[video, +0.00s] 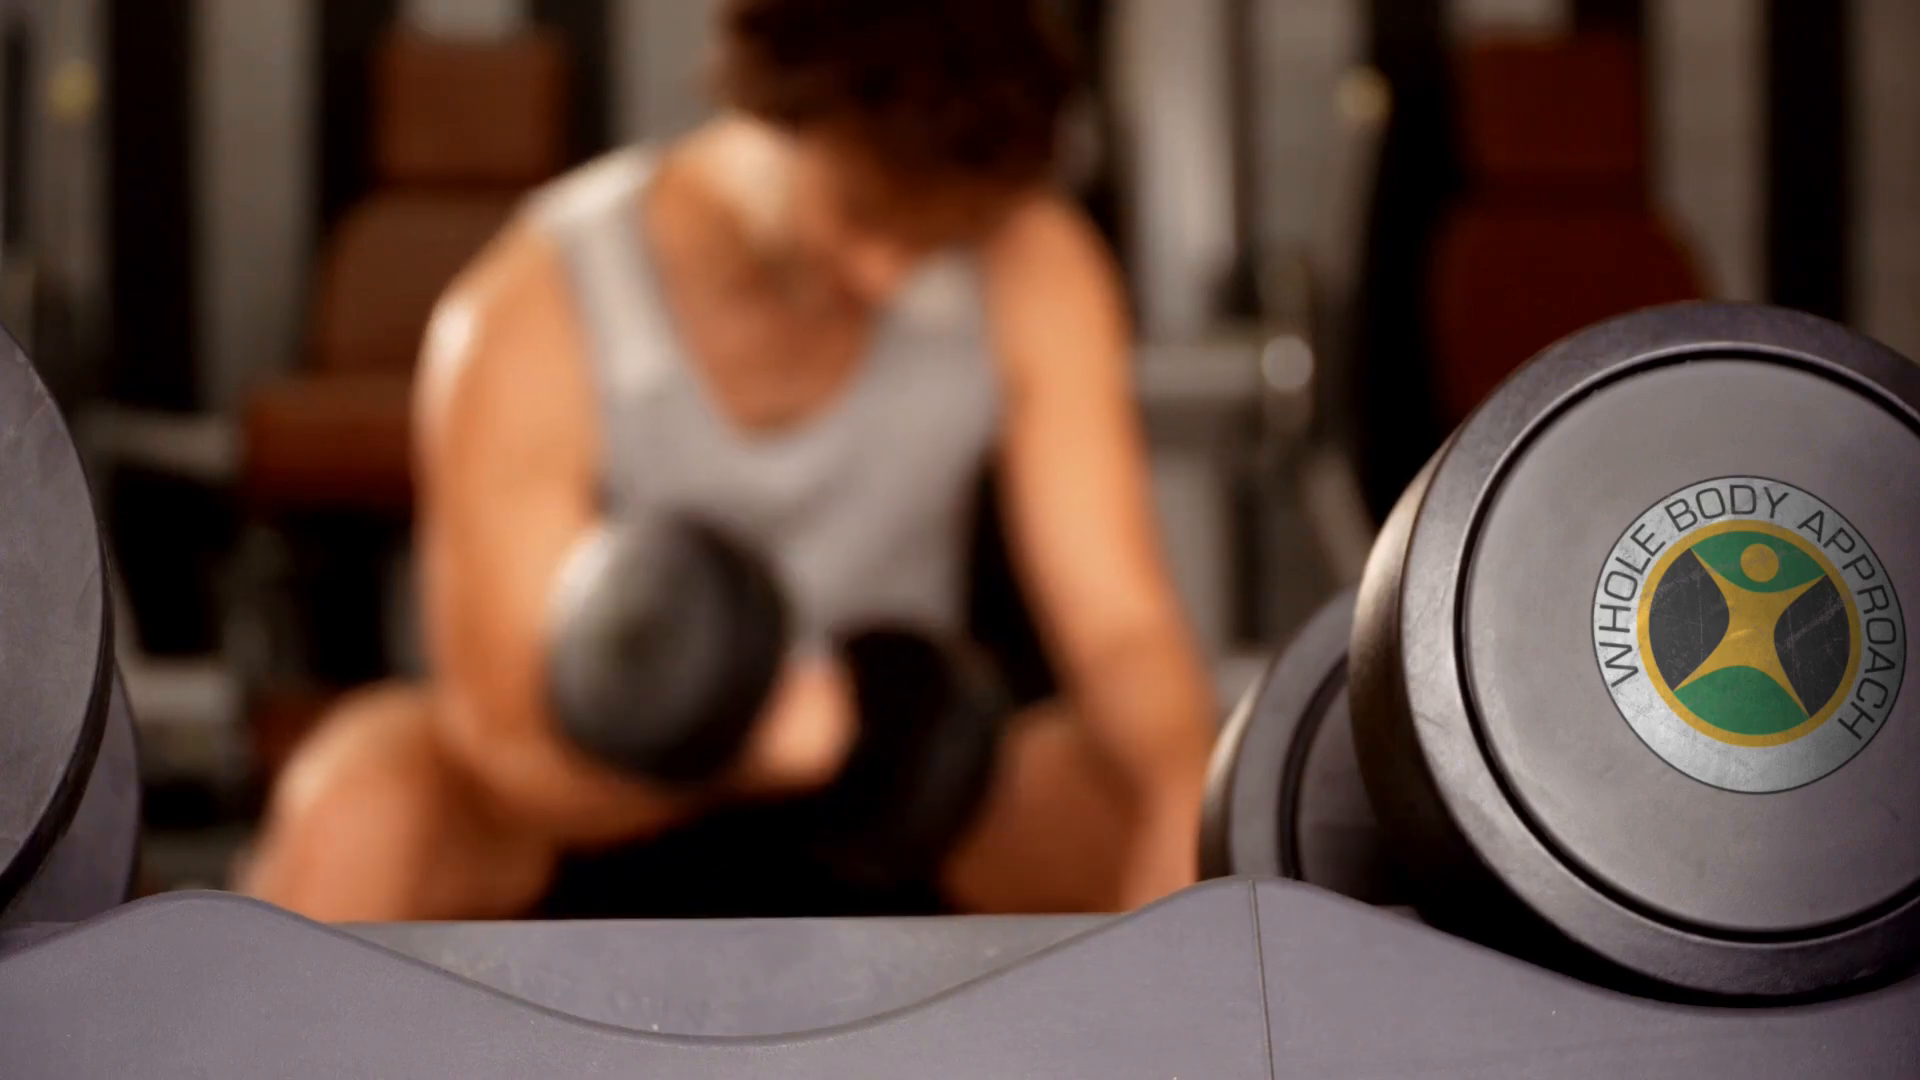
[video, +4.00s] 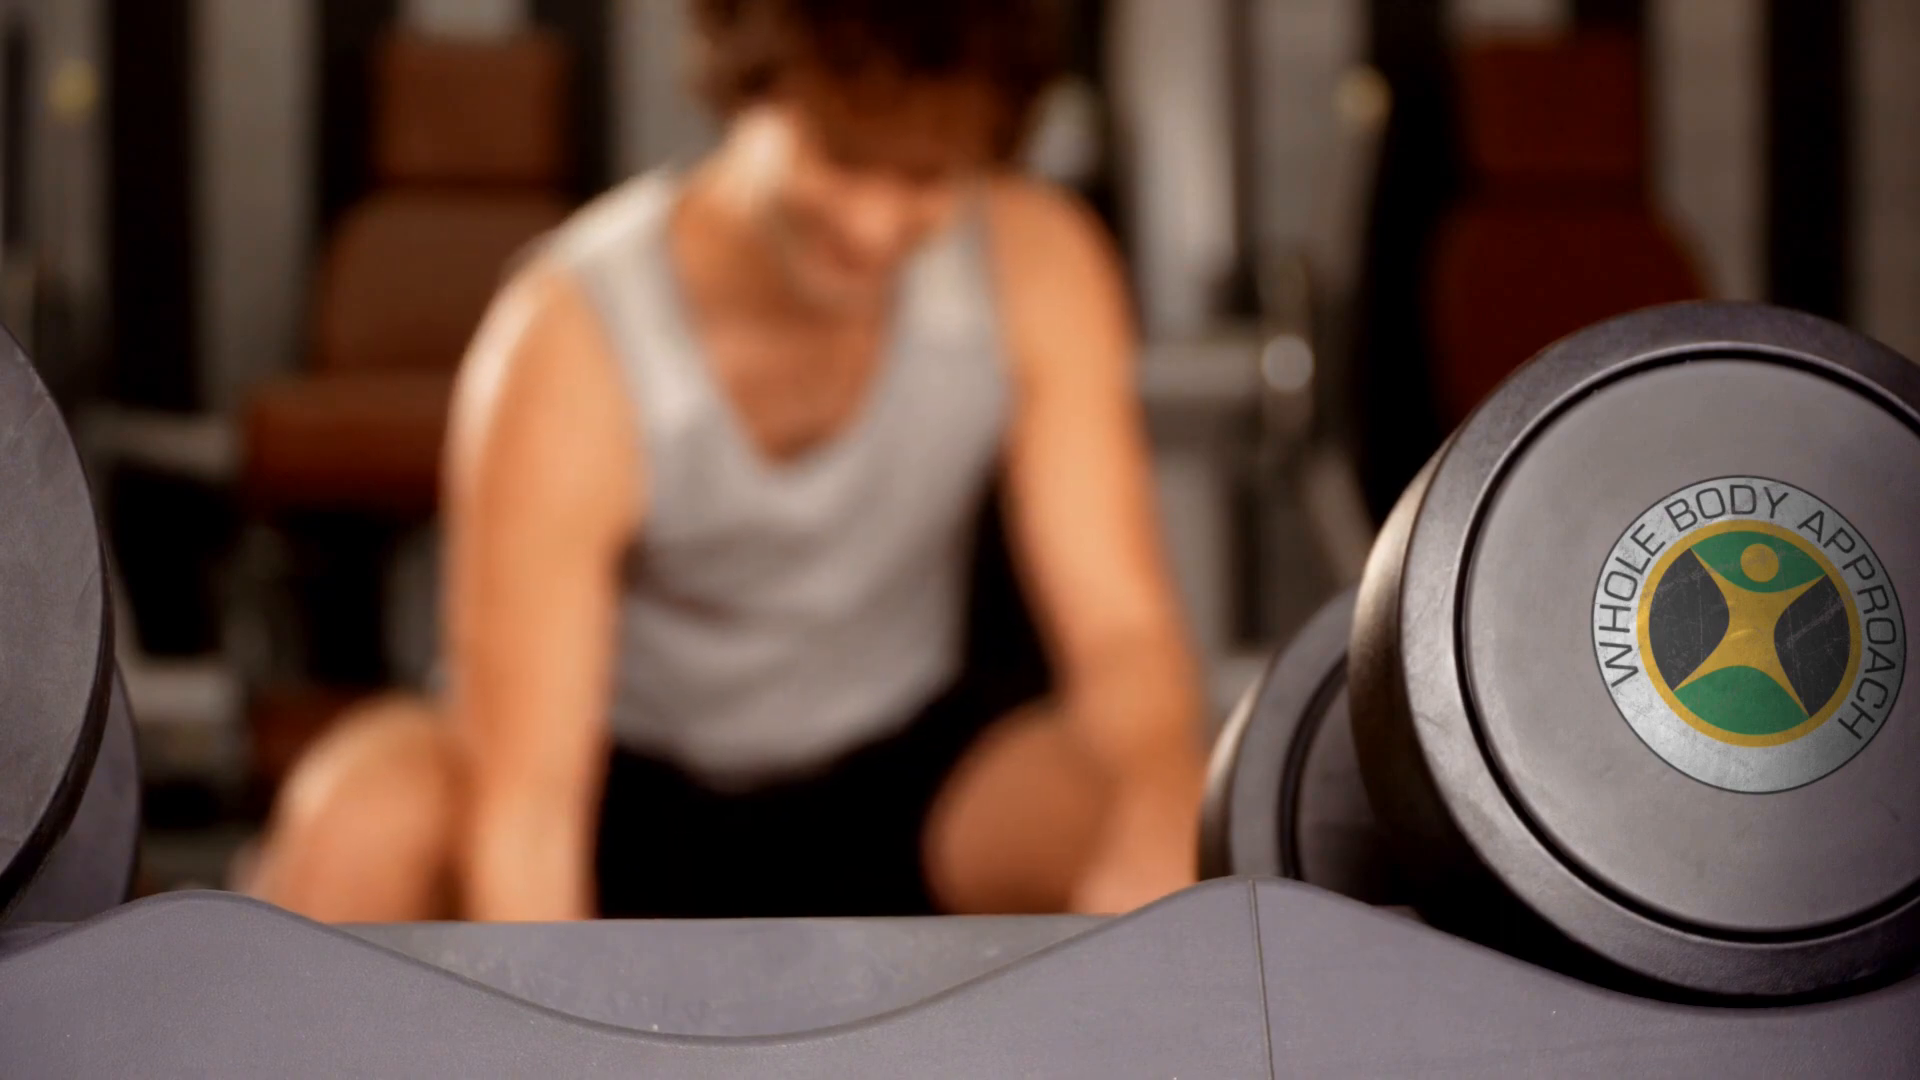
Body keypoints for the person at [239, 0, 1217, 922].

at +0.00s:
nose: (887, 274)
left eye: (934, 236)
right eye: (861, 220)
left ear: (989, 182)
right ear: (773, 125)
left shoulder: (1023, 256)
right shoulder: (525, 315)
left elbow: (1122, 630)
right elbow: (516, 757)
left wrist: (1188, 819)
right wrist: (797, 732)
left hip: (887, 794)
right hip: (597, 804)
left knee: (1197, 804)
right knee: (360, 789)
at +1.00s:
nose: (920, 310)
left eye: (970, 264)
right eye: (890, 246)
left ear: (1023, 221)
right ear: (794, 153)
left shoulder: (1043, 266)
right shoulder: (591, 367)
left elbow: (1132, 642)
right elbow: (519, 834)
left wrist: (1202, 833)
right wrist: (533, 1077)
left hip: (901, 783)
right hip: (621, 800)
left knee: (1196, 813)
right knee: (354, 797)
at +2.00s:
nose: (892, 228)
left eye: (938, 180)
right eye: (857, 166)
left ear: (993, 136)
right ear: (758, 76)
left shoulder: (1015, 255)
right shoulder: (511, 312)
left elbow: (1125, 631)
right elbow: (536, 762)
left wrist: (1189, 847)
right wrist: (829, 705)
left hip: (887, 796)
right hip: (599, 813)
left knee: (1180, 800)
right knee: (377, 793)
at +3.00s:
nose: (870, 209)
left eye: (918, 161)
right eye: (835, 149)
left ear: (970, 126)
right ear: (734, 73)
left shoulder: (1009, 250)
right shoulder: (500, 316)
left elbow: (1120, 624)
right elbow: (516, 745)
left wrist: (1177, 869)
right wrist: (767, 715)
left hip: (894, 785)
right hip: (604, 798)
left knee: (1174, 803)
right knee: (368, 802)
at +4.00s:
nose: (875, 225)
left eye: (927, 179)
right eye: (840, 162)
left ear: (990, 151)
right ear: (749, 90)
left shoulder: (1034, 258)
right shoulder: (566, 342)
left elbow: (1122, 645)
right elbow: (529, 802)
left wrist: (1143, 864)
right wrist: (551, 1063)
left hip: (893, 784)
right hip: (616, 795)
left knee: (1166, 805)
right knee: (362, 801)